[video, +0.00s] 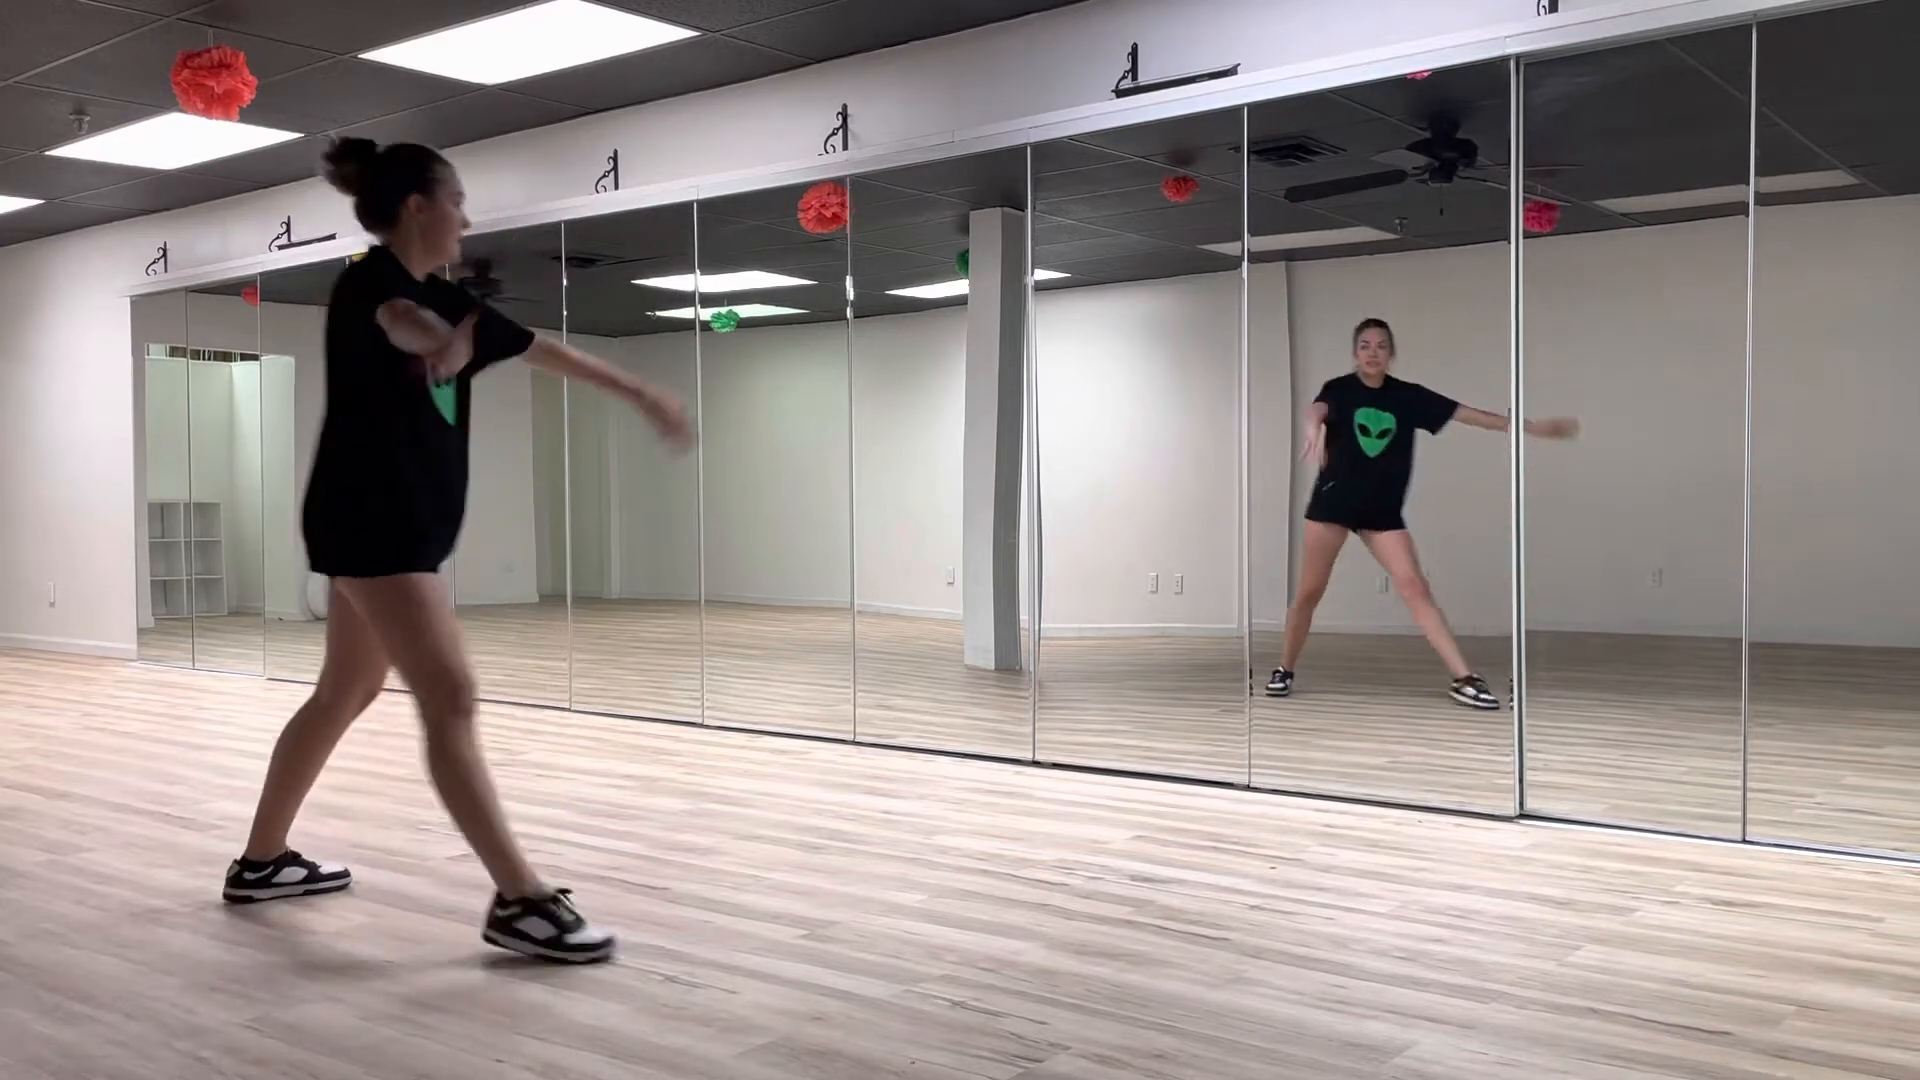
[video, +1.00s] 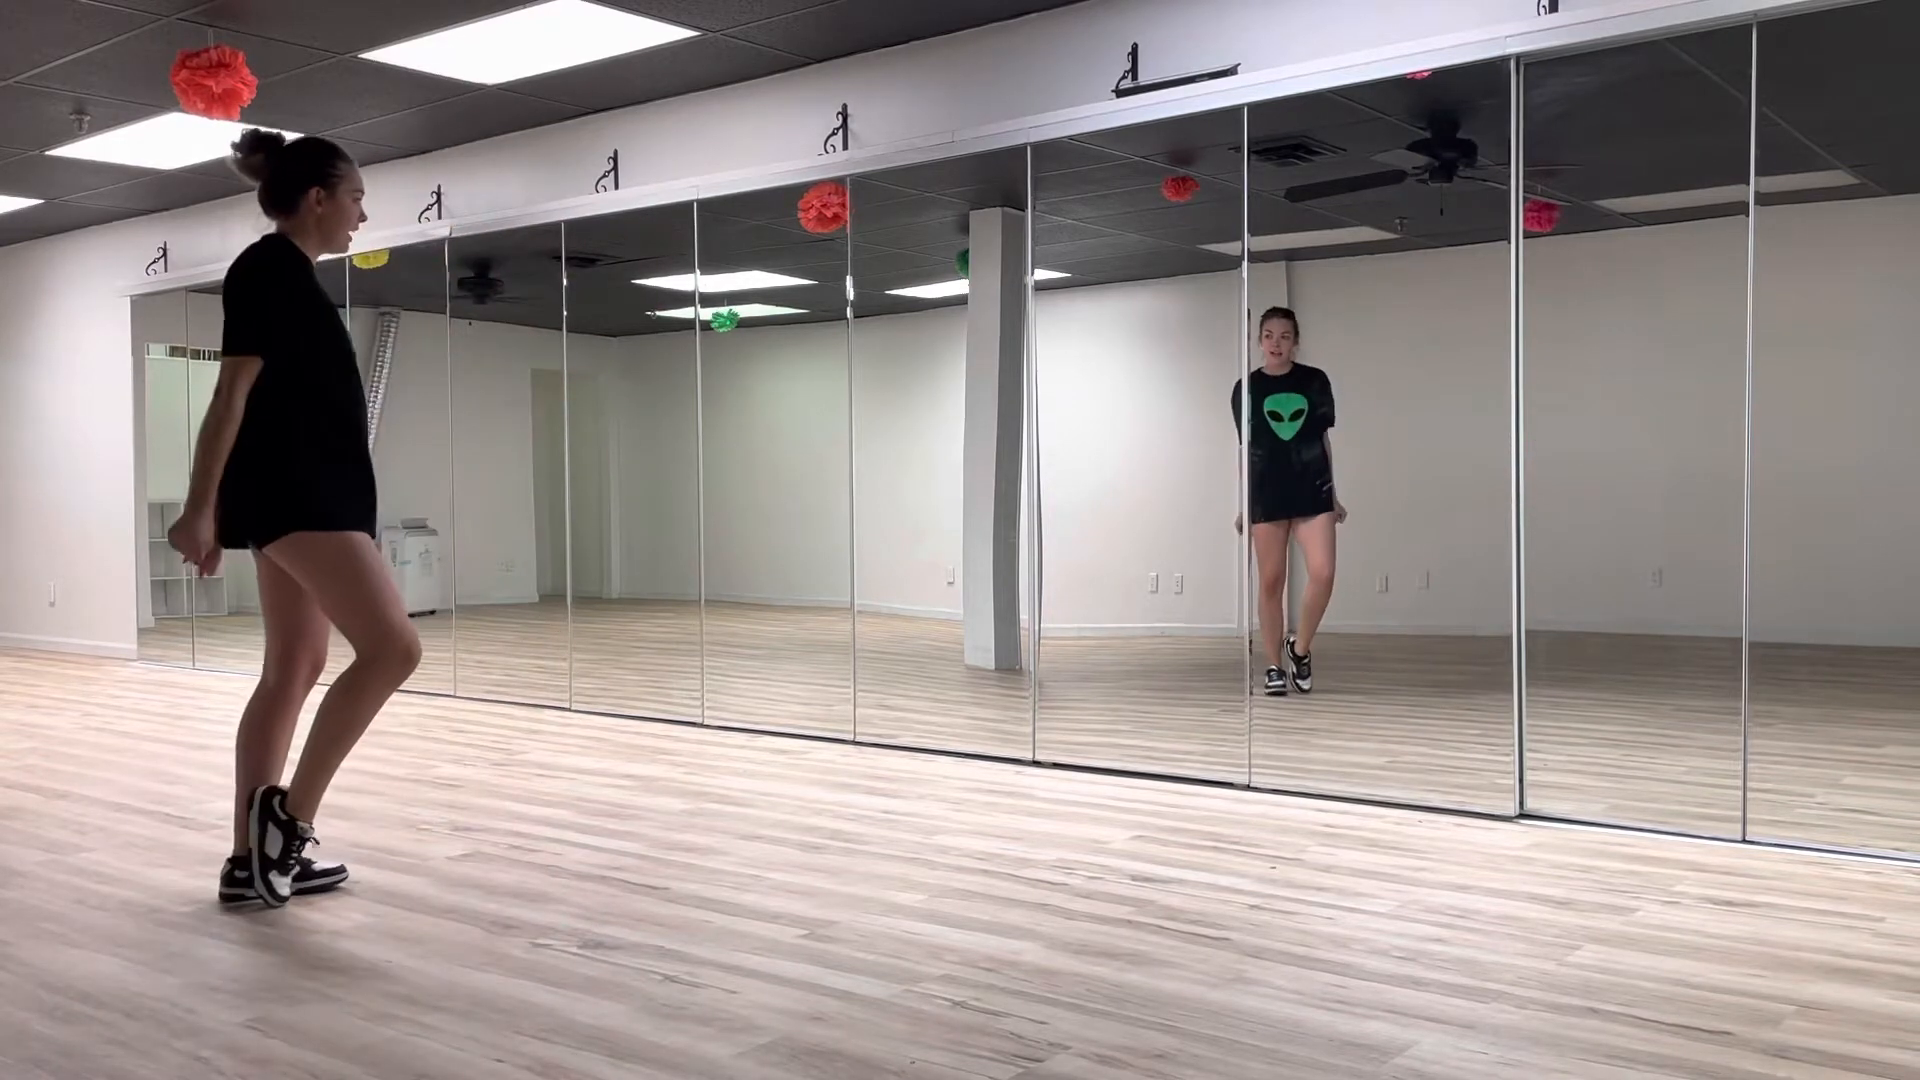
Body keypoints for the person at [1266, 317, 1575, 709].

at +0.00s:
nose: (1372, 351)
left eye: (1379, 345)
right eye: (1365, 344)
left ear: (1391, 352)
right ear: (1355, 351)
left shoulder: (1409, 396)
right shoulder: (1338, 389)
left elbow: (1472, 415)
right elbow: (1313, 414)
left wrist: (1532, 428)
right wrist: (1313, 431)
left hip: (1381, 509)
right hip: (1332, 503)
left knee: (1415, 589)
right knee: (1308, 592)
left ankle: (1464, 680)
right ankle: (1284, 671)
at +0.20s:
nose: (1328, 341)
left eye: (1337, 335)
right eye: (1321, 334)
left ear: (1346, 342)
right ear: (1309, 339)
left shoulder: (1359, 377)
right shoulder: (1298, 377)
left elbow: (1409, 381)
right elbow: (1331, 379)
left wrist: (1464, 380)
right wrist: (1369, 372)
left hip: (1343, 495)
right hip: (1296, 492)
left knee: (1360, 580)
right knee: (1290, 582)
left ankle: (1392, 674)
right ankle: (1282, 669)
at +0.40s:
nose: (1302, 338)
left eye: (1310, 333)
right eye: (1295, 331)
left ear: (1320, 340)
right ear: (1283, 336)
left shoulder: (1331, 375)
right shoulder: (1271, 374)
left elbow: (1381, 374)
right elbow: (1302, 386)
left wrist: (1371, 360)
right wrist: (1353, 357)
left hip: (1323, 489)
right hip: (1277, 490)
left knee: (1342, 574)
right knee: (1279, 579)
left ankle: (1347, 669)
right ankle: (1279, 668)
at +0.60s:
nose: (1289, 336)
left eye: (1298, 330)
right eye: (1282, 329)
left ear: (1307, 336)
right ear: (1271, 334)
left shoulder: (1321, 377)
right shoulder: (1256, 380)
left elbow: (1364, 420)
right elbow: (1239, 433)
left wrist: (1363, 370)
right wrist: (1256, 381)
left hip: (1314, 487)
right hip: (1268, 490)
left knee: (1341, 560)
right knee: (1274, 579)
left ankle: (1309, 630)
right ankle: (1277, 665)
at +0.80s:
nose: (1279, 341)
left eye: (1288, 335)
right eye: (1272, 334)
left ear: (1298, 341)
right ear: (1262, 338)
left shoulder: (1315, 382)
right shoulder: (1247, 386)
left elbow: (1325, 442)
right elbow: (1228, 449)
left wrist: (1357, 484)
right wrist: (1204, 500)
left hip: (1313, 491)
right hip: (1267, 495)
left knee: (1330, 570)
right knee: (1272, 580)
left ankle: (1305, 647)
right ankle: (1275, 666)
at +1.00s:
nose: (1276, 342)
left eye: (1284, 336)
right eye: (1269, 335)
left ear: (1296, 341)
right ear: (1259, 340)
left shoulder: (1316, 380)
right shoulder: (1245, 388)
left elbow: (1323, 441)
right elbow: (1245, 451)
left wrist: (1332, 496)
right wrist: (1243, 506)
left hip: (1313, 493)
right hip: (1265, 496)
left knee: (1323, 575)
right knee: (1271, 581)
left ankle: (1301, 650)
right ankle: (1274, 666)